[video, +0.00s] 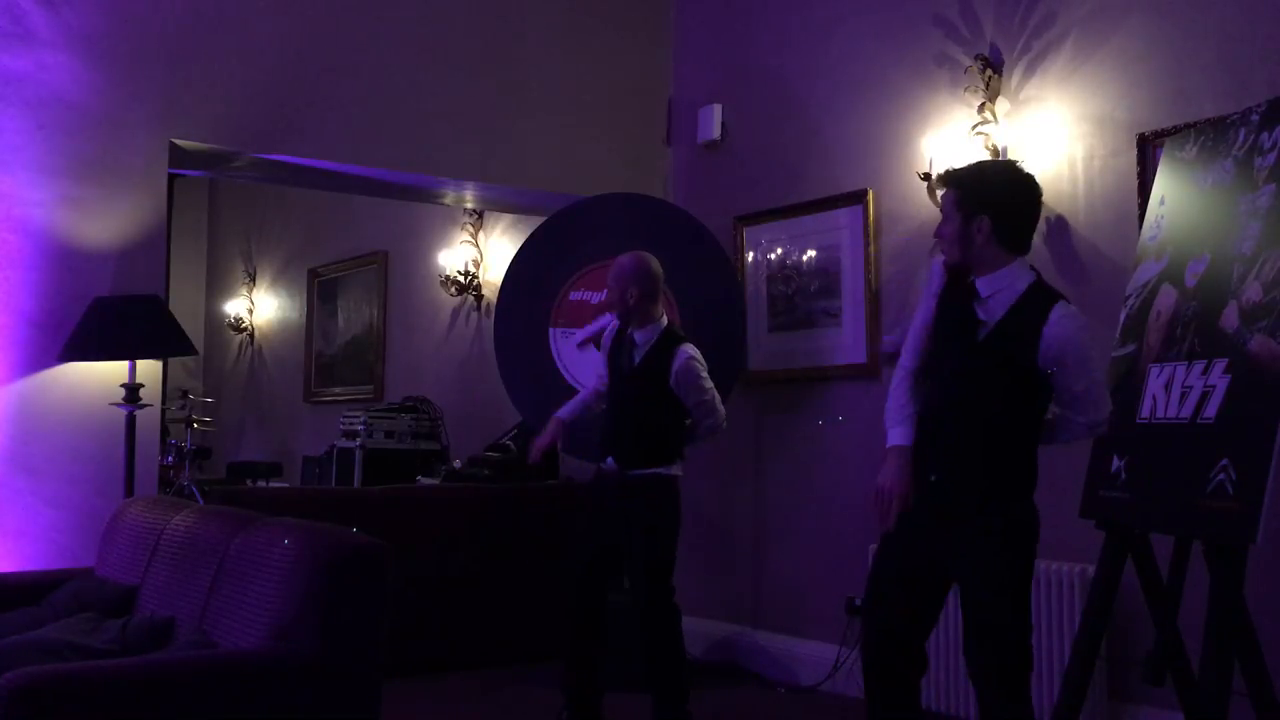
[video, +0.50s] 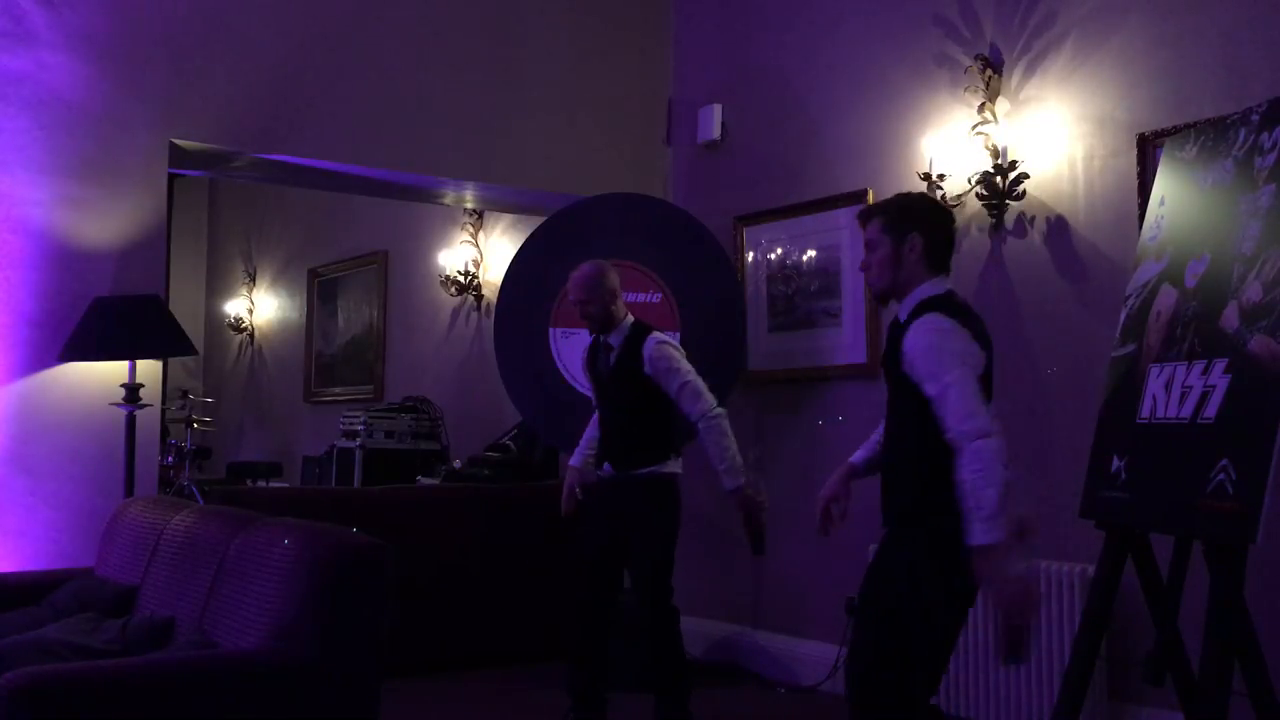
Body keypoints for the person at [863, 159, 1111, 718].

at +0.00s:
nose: (936, 232)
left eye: (946, 218)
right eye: (939, 218)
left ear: (982, 228)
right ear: (979, 229)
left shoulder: (1055, 320)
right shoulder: (945, 293)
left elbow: (1089, 415)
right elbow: (906, 372)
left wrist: (1020, 433)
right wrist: (897, 450)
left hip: (999, 513)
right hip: (927, 502)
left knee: (998, 671)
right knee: (885, 652)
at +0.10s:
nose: (927, 234)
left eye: (937, 221)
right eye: (931, 220)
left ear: (974, 231)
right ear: (967, 232)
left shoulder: (1046, 322)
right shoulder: (937, 285)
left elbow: (1093, 409)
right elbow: (897, 370)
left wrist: (1025, 429)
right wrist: (887, 452)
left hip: (996, 516)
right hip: (923, 505)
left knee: (997, 680)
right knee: (880, 660)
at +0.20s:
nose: (907, 236)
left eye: (918, 223)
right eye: (911, 223)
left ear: (955, 233)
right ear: (950, 233)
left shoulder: (1022, 318)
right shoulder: (922, 295)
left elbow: (1106, 404)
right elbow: (896, 373)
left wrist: (1055, 469)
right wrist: (870, 438)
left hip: (986, 517)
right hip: (915, 509)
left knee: (985, 682)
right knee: (876, 659)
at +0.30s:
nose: (887, 241)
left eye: (897, 227)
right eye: (889, 228)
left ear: (937, 233)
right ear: (934, 235)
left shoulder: (989, 320)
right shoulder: (918, 304)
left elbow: (1085, 406)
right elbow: (897, 381)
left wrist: (1086, 503)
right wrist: (857, 436)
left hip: (970, 530)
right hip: (910, 520)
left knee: (966, 686)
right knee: (875, 668)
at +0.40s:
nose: (873, 250)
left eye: (882, 235)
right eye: (874, 236)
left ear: (922, 238)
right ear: (920, 240)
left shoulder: (954, 321)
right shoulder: (916, 311)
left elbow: (1037, 416)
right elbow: (898, 395)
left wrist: (1062, 528)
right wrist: (849, 450)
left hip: (951, 532)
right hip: (915, 522)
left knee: (915, 684)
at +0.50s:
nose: (864, 262)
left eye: (873, 247)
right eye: (865, 249)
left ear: (912, 249)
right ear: (908, 252)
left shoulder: (929, 332)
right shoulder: (923, 321)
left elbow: (977, 439)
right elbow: (905, 424)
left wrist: (988, 546)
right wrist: (848, 471)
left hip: (928, 549)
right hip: (926, 541)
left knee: (882, 691)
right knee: (889, 689)